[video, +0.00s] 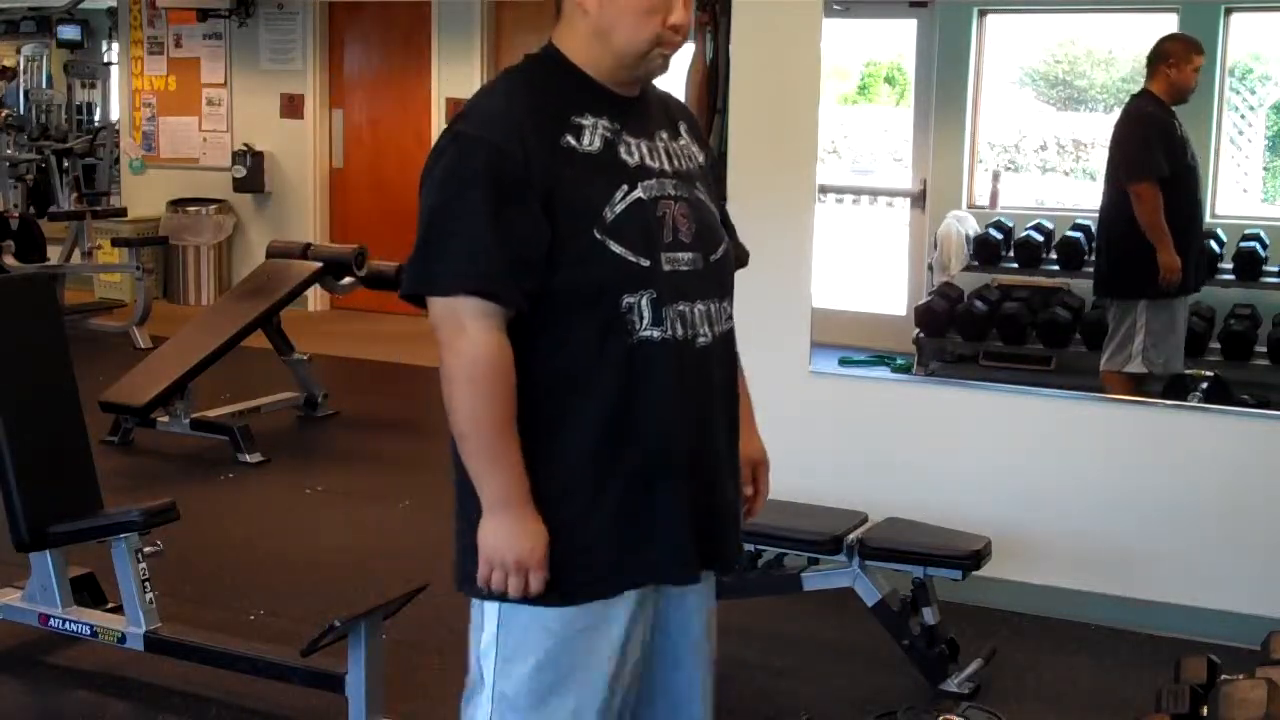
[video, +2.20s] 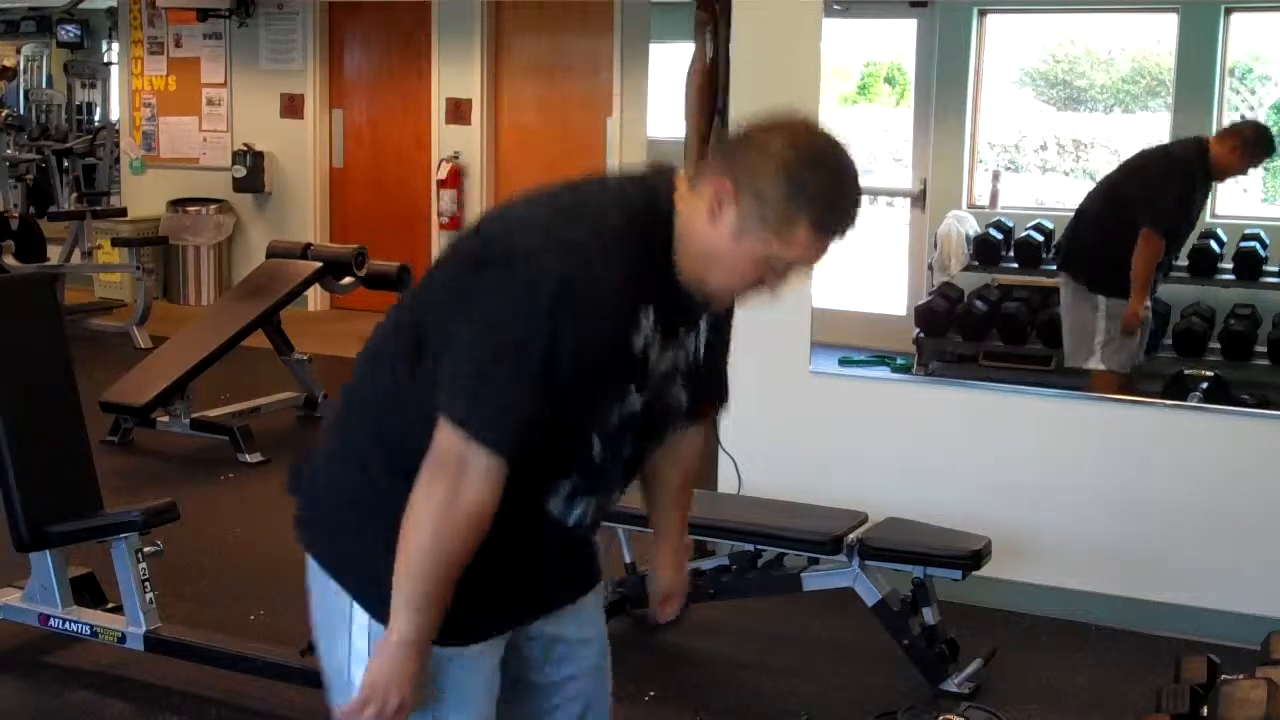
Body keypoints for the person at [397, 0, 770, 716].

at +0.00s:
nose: (683, 21)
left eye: (688, 3)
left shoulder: (680, 128)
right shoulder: (498, 130)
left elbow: (704, 302)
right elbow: (466, 324)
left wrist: (741, 419)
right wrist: (504, 504)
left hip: (681, 521)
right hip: (559, 538)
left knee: (674, 712)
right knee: (534, 712)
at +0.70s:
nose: (682, 82)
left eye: (696, 63)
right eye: (672, 56)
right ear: (604, 14)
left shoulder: (640, 147)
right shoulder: (479, 142)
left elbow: (643, 334)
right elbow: (437, 349)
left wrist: (659, 473)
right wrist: (445, 542)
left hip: (626, 555)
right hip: (507, 577)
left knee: (634, 705)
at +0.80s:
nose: (694, 87)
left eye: (708, 69)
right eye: (687, 61)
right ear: (619, 15)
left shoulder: (653, 147)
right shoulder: (495, 141)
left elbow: (642, 337)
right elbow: (445, 341)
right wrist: (436, 529)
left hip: (633, 552)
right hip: (517, 571)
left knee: (622, 707)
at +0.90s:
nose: (709, 96)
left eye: (726, 74)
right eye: (701, 66)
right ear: (633, 18)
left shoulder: (673, 142)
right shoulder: (508, 141)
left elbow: (658, 331)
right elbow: (451, 333)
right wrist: (446, 518)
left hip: (644, 551)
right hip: (522, 569)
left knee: (636, 707)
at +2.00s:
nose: (747, 171)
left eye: (763, 155)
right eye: (745, 147)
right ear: (687, 90)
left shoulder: (693, 184)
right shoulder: (525, 172)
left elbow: (683, 344)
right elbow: (447, 367)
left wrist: (678, 479)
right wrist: (406, 548)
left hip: (576, 565)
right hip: (457, 576)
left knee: (556, 709)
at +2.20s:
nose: (772, 288)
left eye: (790, 274)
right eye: (771, 263)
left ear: (719, 203)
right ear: (718, 201)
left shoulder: (702, 271)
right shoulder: (550, 257)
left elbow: (683, 419)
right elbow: (460, 464)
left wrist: (669, 546)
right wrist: (404, 641)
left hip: (548, 545)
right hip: (412, 561)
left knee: (577, 708)